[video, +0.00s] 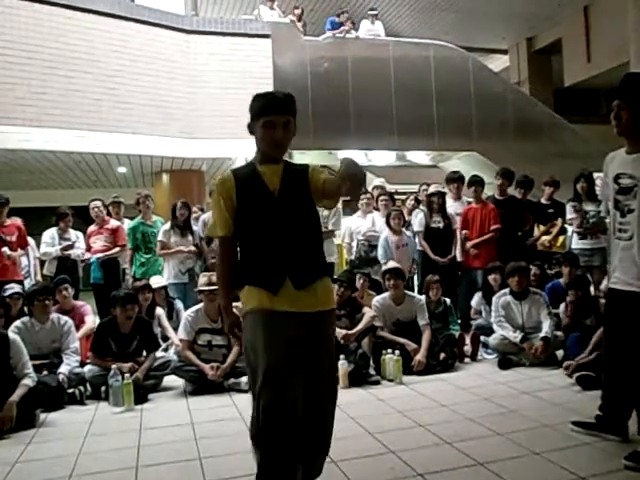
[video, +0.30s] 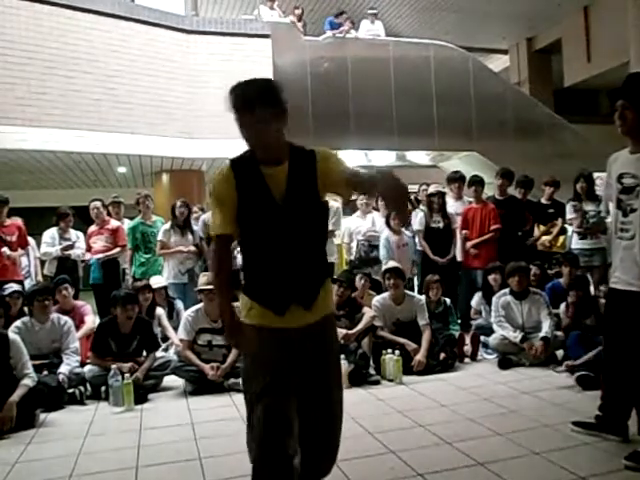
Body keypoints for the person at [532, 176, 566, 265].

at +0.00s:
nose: (552, 190)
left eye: (554, 187)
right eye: (549, 186)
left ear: (556, 190)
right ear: (543, 187)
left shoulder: (560, 205)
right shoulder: (536, 205)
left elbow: (560, 223)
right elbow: (535, 224)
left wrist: (550, 239)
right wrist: (540, 239)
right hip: (540, 241)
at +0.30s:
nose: (552, 190)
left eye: (554, 187)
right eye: (549, 186)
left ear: (557, 190)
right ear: (544, 187)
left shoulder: (560, 205)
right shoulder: (536, 205)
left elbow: (560, 223)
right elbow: (535, 224)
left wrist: (550, 238)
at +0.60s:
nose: (552, 190)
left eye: (554, 187)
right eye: (549, 186)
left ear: (556, 190)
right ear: (543, 187)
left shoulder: (560, 205)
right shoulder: (536, 204)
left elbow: (560, 223)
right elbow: (535, 224)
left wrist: (550, 238)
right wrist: (540, 239)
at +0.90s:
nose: (551, 190)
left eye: (554, 187)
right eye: (549, 186)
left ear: (556, 190)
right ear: (544, 187)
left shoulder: (560, 205)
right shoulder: (536, 205)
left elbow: (560, 223)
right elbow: (535, 224)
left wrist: (550, 238)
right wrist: (540, 239)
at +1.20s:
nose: (551, 191)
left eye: (554, 188)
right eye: (549, 187)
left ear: (556, 190)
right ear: (544, 187)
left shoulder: (560, 206)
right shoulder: (535, 205)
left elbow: (559, 223)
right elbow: (535, 224)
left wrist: (550, 239)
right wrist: (540, 239)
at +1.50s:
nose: (551, 191)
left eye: (553, 188)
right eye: (549, 187)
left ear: (556, 190)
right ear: (544, 187)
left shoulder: (560, 206)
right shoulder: (535, 205)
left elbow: (559, 223)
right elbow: (535, 224)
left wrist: (549, 239)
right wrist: (540, 239)